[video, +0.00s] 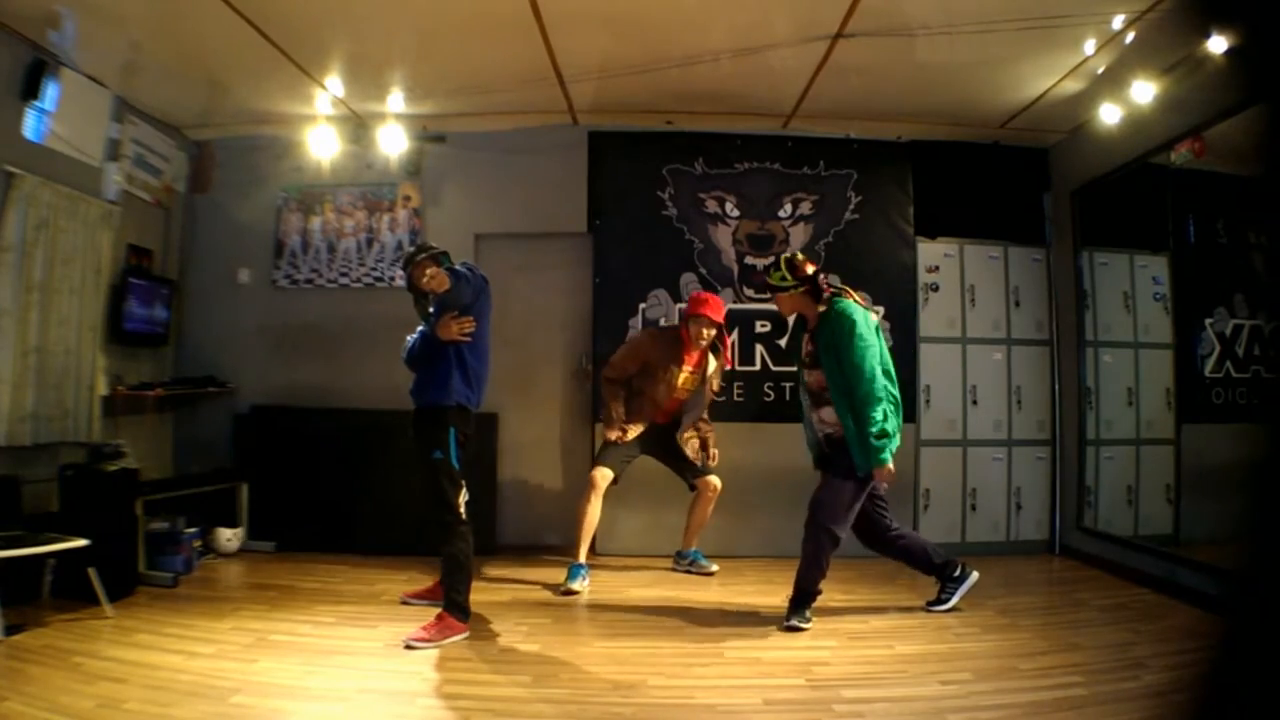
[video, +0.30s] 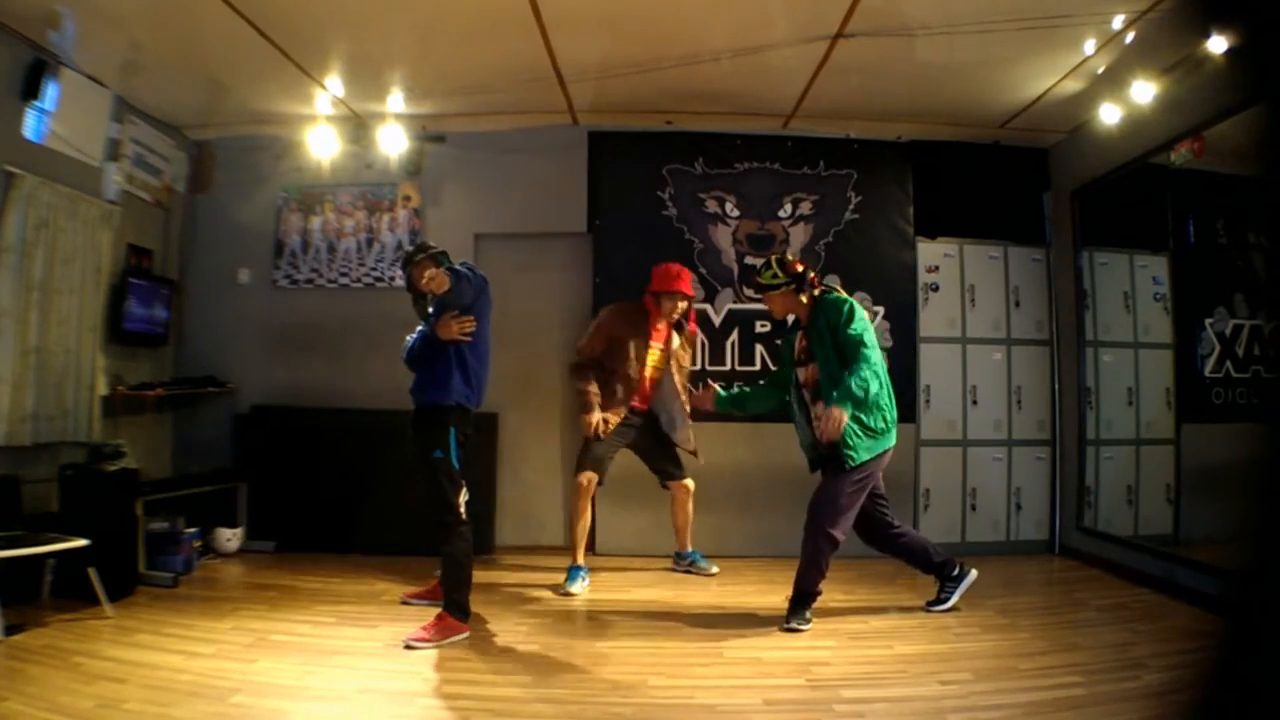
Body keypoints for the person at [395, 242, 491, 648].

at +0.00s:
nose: (428, 280)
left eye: (430, 271)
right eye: (420, 279)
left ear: (444, 264)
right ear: (417, 286)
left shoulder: (471, 280)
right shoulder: (434, 309)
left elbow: (455, 295)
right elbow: (411, 355)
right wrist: (434, 333)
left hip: (454, 406)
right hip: (431, 408)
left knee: (455, 508)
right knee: (442, 502)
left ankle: (455, 614)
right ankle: (447, 582)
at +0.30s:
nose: (429, 284)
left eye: (431, 274)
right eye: (421, 281)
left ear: (444, 265)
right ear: (417, 286)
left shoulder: (471, 280)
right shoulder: (434, 308)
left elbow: (455, 295)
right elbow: (410, 355)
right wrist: (434, 331)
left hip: (453, 407)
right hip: (431, 408)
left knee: (455, 509)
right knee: (442, 502)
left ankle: (455, 614)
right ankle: (447, 581)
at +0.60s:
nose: (413, 282)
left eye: (414, 273)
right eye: (409, 275)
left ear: (430, 264)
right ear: (419, 270)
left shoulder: (465, 289)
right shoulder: (433, 301)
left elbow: (477, 343)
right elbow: (422, 351)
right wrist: (410, 382)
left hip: (455, 415)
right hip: (429, 414)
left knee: (455, 508)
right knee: (433, 499)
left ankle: (456, 614)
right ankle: (443, 581)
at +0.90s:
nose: (428, 265)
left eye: (435, 256)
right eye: (423, 257)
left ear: (452, 256)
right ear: (416, 259)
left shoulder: (479, 291)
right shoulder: (410, 298)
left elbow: (507, 347)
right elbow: (395, 357)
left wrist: (501, 400)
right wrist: (399, 410)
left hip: (461, 407)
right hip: (422, 407)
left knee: (456, 499)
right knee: (431, 496)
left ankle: (457, 596)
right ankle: (441, 581)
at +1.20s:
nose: (460, 261)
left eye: (468, 253)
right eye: (453, 252)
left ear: (479, 255)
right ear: (439, 251)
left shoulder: (491, 300)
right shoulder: (411, 292)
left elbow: (499, 362)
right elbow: (391, 352)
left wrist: (490, 414)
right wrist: (400, 405)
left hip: (469, 412)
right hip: (426, 411)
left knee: (471, 502)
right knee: (434, 497)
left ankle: (472, 594)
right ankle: (446, 582)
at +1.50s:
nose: (484, 260)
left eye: (492, 252)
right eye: (477, 250)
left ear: (500, 256)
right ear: (459, 249)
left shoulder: (506, 305)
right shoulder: (425, 283)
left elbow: (511, 373)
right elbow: (395, 336)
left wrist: (502, 427)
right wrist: (388, 393)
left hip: (474, 411)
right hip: (428, 407)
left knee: (470, 505)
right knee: (432, 496)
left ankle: (469, 601)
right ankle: (445, 577)